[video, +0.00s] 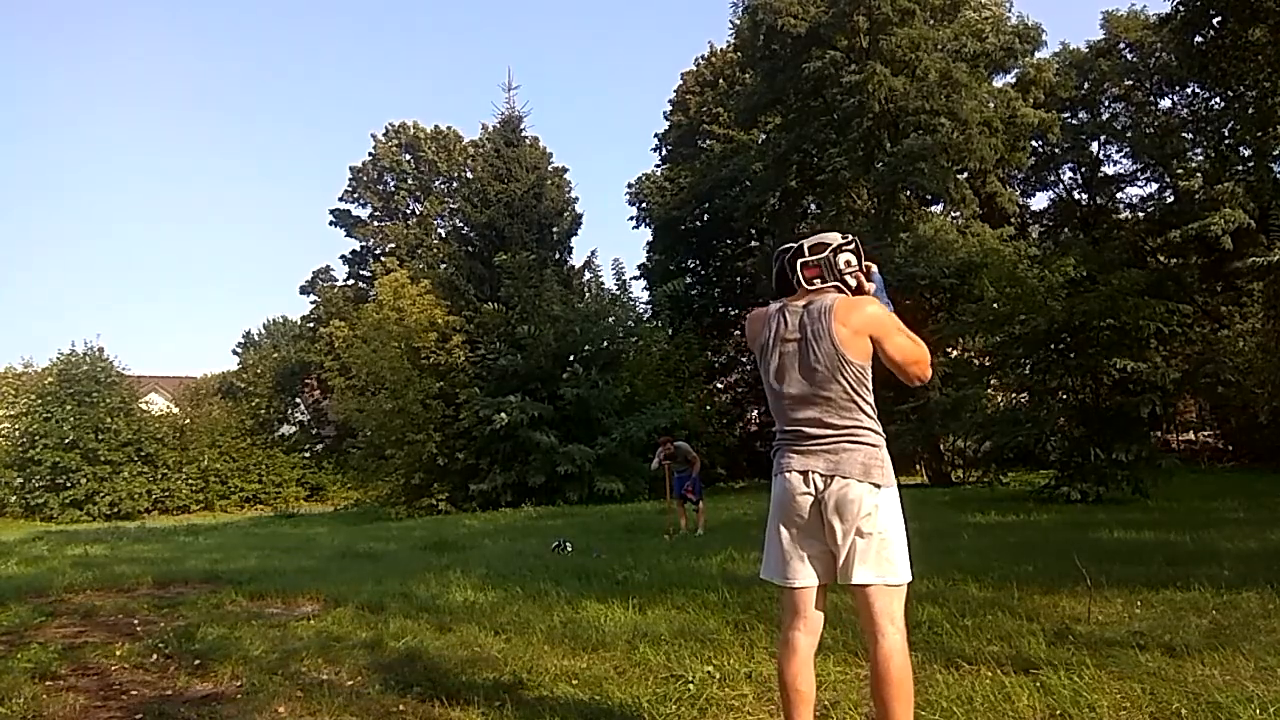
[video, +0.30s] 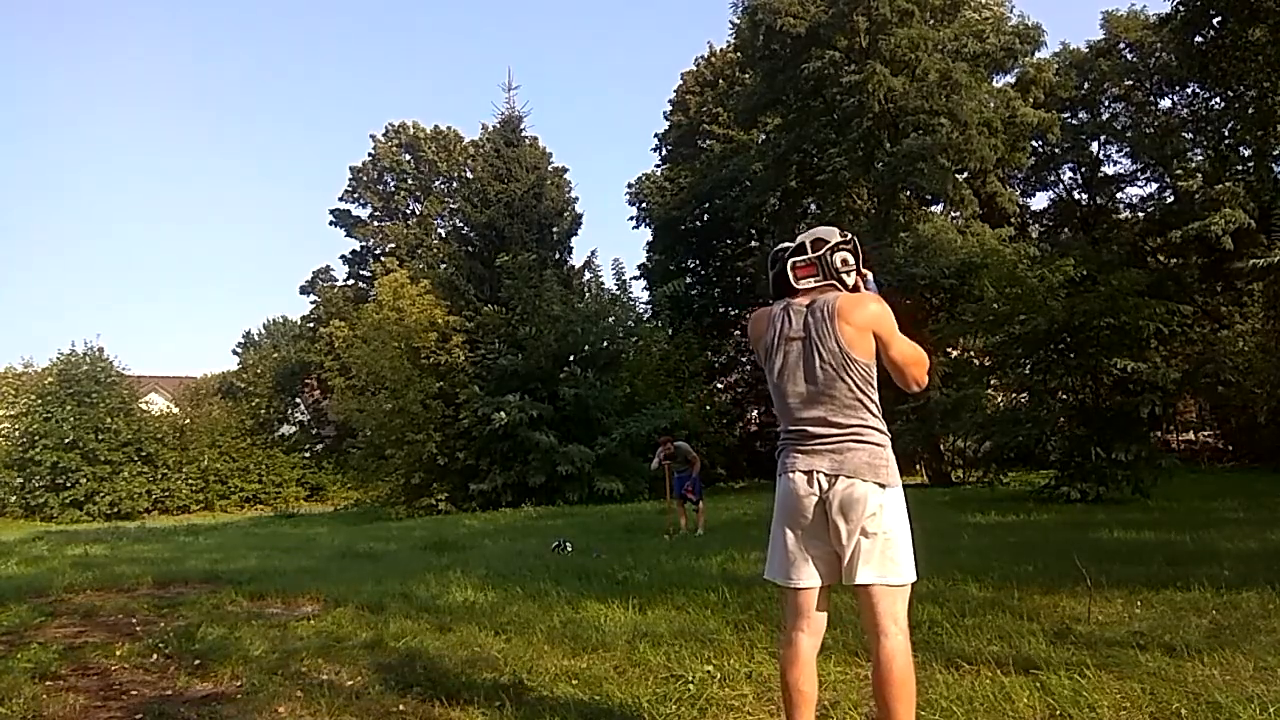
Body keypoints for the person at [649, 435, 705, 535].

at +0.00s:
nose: (668, 452)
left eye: (669, 449)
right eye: (665, 450)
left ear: (673, 446)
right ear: (662, 449)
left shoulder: (683, 447)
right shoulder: (661, 451)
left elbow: (697, 462)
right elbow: (653, 467)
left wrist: (692, 480)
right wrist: (659, 460)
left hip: (690, 472)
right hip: (677, 474)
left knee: (697, 501)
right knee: (679, 502)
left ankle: (700, 528)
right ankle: (683, 528)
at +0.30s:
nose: (668, 452)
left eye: (669, 449)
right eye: (665, 450)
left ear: (673, 445)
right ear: (662, 449)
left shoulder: (683, 447)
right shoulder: (661, 451)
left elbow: (697, 462)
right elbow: (653, 467)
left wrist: (692, 480)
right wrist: (659, 459)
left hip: (690, 473)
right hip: (677, 475)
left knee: (697, 501)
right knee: (679, 502)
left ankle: (700, 528)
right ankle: (683, 528)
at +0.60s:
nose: (668, 452)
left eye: (669, 448)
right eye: (665, 449)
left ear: (673, 446)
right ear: (662, 449)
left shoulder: (683, 447)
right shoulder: (661, 451)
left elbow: (697, 461)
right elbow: (653, 467)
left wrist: (692, 480)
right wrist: (659, 459)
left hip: (690, 473)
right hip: (677, 475)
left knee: (698, 501)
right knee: (679, 502)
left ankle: (700, 528)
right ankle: (683, 528)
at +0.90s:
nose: (668, 451)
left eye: (669, 448)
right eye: (666, 449)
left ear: (673, 445)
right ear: (662, 449)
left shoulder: (683, 447)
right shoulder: (661, 452)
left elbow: (697, 461)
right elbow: (653, 469)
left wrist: (692, 480)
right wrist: (659, 461)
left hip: (691, 473)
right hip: (678, 475)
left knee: (698, 502)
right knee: (679, 502)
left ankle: (700, 528)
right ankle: (683, 528)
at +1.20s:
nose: (669, 451)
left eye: (670, 448)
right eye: (666, 449)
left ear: (674, 445)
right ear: (663, 449)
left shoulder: (683, 447)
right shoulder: (661, 452)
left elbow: (697, 461)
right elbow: (656, 470)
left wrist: (692, 479)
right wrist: (662, 465)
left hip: (691, 473)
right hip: (678, 475)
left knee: (697, 501)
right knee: (679, 502)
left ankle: (700, 527)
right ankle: (683, 528)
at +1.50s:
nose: (669, 448)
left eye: (670, 446)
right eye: (667, 446)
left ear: (673, 442)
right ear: (664, 445)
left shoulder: (683, 443)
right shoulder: (662, 449)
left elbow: (697, 458)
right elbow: (659, 467)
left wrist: (692, 472)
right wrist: (664, 470)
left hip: (690, 473)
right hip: (678, 475)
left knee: (697, 500)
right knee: (680, 503)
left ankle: (700, 527)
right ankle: (683, 528)